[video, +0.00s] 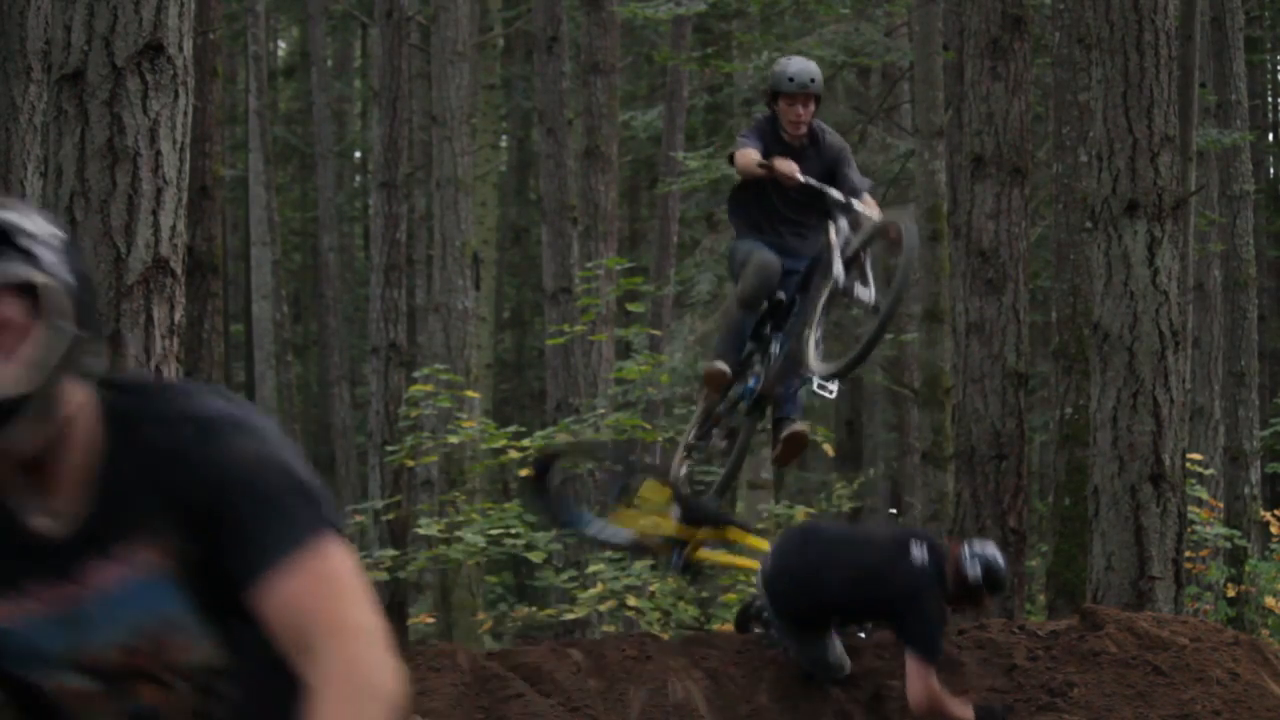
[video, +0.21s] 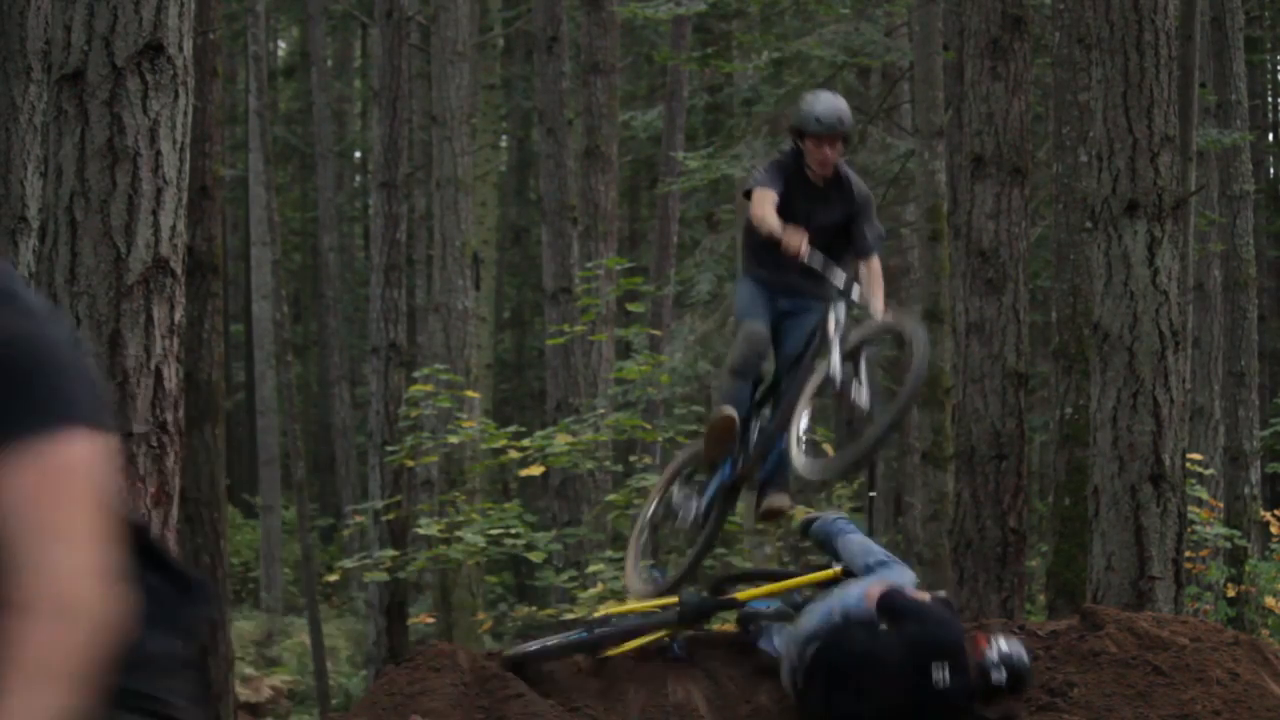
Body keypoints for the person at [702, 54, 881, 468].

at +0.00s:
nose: (799, 111)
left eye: (806, 103)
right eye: (791, 103)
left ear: (816, 105)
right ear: (775, 103)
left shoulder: (831, 147)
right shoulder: (760, 130)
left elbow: (861, 197)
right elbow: (742, 161)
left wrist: (879, 226)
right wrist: (771, 166)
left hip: (805, 254)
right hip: (755, 243)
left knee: (797, 335)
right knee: (765, 267)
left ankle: (789, 426)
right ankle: (725, 361)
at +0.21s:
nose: (825, 151)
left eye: (833, 143)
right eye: (817, 141)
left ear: (844, 145)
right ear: (800, 140)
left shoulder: (854, 194)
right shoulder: (779, 171)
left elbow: (869, 261)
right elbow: (760, 208)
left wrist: (876, 319)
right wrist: (781, 231)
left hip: (810, 298)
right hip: (759, 285)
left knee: (793, 390)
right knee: (752, 340)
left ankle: (775, 488)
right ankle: (725, 430)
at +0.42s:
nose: (873, 227)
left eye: (879, 218)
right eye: (864, 216)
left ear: (884, 218)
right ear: (838, 211)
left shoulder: (882, 263)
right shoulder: (804, 243)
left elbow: (899, 331)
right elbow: (783, 286)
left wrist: (917, 386)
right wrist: (795, 320)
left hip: (817, 362)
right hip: (774, 342)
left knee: (794, 470)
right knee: (774, 410)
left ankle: (753, 576)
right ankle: (729, 501)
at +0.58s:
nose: (916, 332)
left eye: (925, 324)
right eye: (909, 319)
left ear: (930, 328)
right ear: (885, 310)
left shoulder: (915, 377)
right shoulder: (847, 334)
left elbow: (920, 456)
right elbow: (816, 388)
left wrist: (928, 529)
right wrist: (825, 438)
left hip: (824, 458)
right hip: (784, 431)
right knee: (788, 509)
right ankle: (751, 596)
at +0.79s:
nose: (972, 491)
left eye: (983, 488)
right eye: (971, 476)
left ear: (987, 497)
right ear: (952, 461)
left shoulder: (950, 540)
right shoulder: (903, 476)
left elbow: (934, 627)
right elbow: (847, 524)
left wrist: (922, 710)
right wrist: (825, 597)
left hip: (836, 563)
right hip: (801, 520)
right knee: (781, 610)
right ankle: (717, 698)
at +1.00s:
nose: (995, 714)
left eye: (1007, 713)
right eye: (1003, 704)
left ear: (1015, 708)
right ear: (1001, 677)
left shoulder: (963, 709)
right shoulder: (958, 645)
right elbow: (891, 647)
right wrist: (850, 695)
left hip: (863, 693)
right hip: (833, 639)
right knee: (795, 702)